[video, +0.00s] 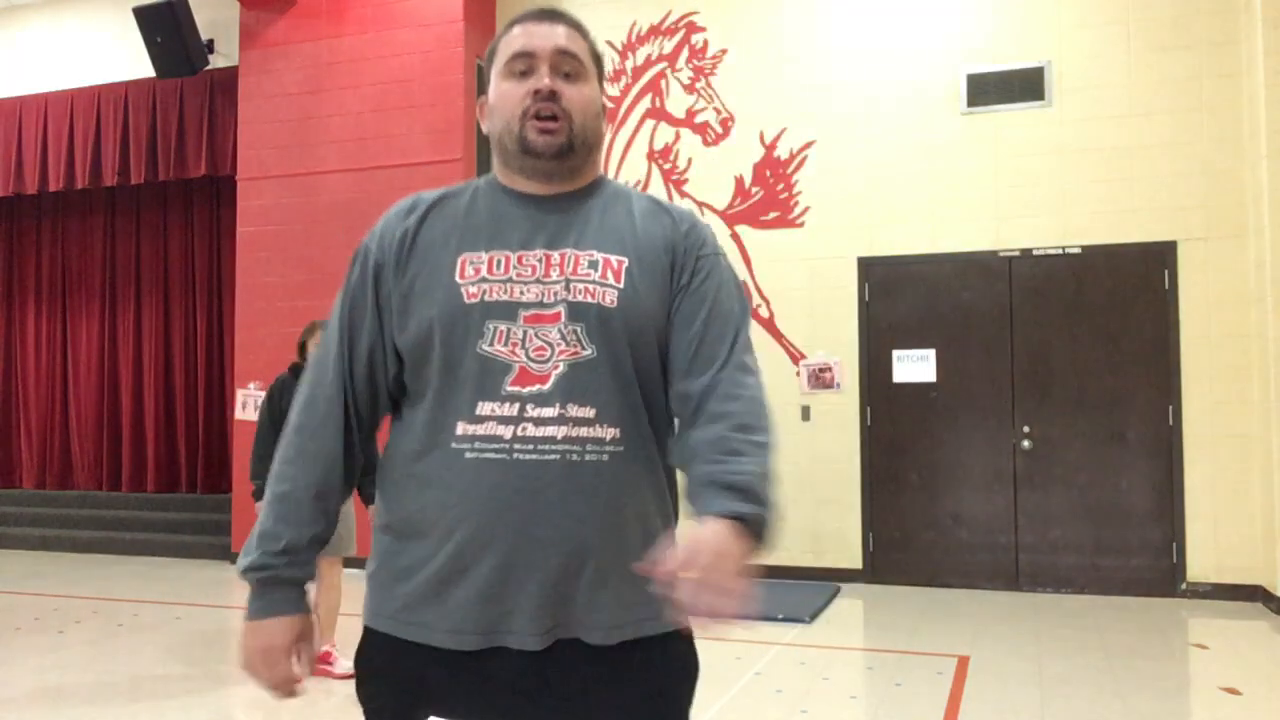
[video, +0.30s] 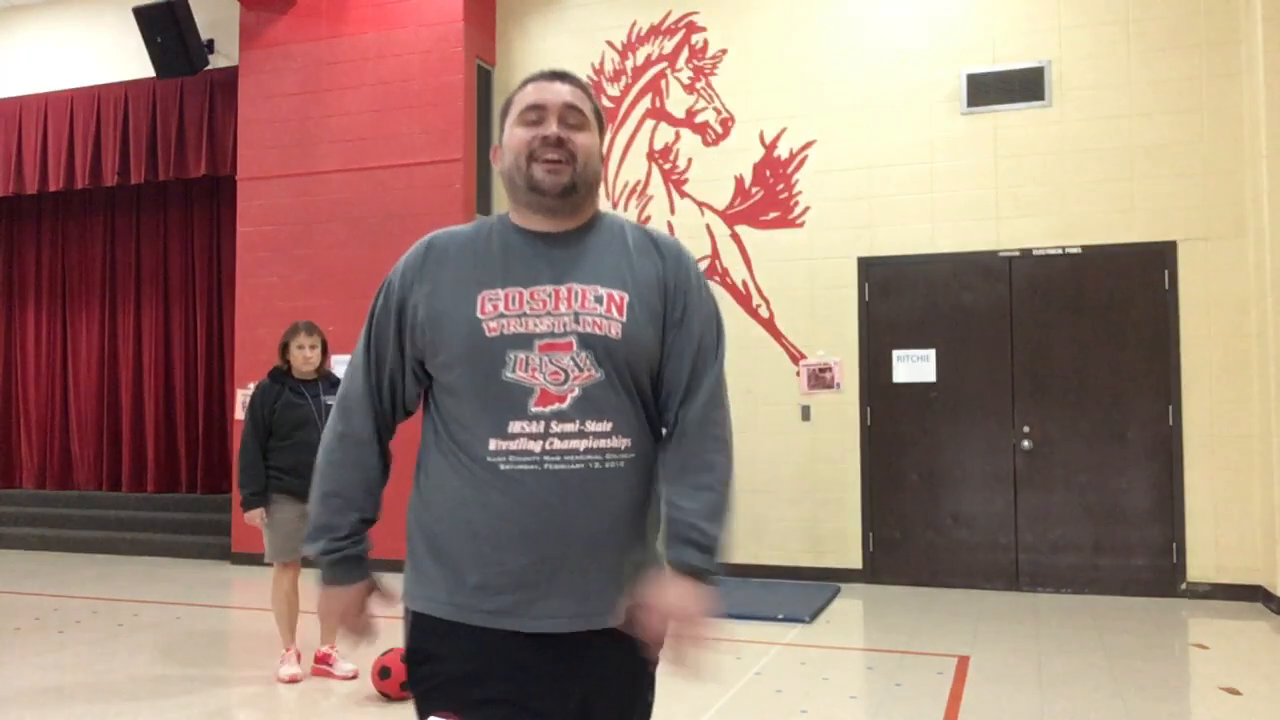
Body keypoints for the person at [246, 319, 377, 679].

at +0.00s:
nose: (323, 354)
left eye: (328, 347)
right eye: (317, 346)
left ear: (338, 350)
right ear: (304, 348)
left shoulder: (346, 387)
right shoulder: (286, 385)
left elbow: (363, 439)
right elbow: (265, 438)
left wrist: (369, 489)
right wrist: (260, 485)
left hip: (335, 489)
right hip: (289, 487)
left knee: (330, 565)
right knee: (289, 568)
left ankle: (325, 647)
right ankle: (290, 647)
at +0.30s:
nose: (307, 353)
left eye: (313, 347)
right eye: (300, 347)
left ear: (323, 351)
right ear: (286, 352)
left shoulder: (339, 389)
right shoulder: (269, 389)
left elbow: (356, 442)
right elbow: (251, 446)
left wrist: (357, 495)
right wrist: (253, 499)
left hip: (331, 492)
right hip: (285, 494)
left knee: (335, 570)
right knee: (287, 568)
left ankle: (327, 651)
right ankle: (290, 651)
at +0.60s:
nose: (298, 352)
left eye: (304, 345)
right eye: (290, 346)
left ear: (314, 350)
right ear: (278, 352)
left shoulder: (331, 387)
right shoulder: (260, 392)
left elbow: (351, 435)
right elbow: (244, 448)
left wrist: (359, 484)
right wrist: (247, 501)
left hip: (325, 491)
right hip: (277, 494)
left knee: (334, 566)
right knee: (284, 569)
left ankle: (326, 651)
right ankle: (289, 652)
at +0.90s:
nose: (295, 351)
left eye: (301, 345)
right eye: (287, 346)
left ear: (311, 350)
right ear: (274, 352)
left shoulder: (328, 387)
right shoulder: (258, 392)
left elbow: (347, 436)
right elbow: (241, 450)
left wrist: (341, 476)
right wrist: (246, 502)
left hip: (323, 493)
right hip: (276, 495)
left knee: (330, 567)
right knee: (283, 570)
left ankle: (327, 651)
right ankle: (289, 652)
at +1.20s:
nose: (294, 350)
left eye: (300, 344)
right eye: (286, 345)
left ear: (309, 349)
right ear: (273, 351)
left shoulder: (326, 387)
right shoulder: (255, 393)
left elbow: (346, 438)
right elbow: (239, 449)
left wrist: (354, 485)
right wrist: (244, 501)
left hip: (322, 494)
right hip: (275, 495)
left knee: (330, 566)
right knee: (282, 569)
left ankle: (326, 651)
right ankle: (289, 652)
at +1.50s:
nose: (292, 350)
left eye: (298, 344)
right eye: (284, 344)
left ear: (307, 349)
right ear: (271, 351)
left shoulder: (324, 385)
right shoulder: (254, 392)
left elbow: (344, 434)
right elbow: (238, 448)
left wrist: (352, 483)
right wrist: (243, 501)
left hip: (322, 493)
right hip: (275, 495)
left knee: (329, 567)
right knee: (282, 570)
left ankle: (326, 650)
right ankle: (289, 652)